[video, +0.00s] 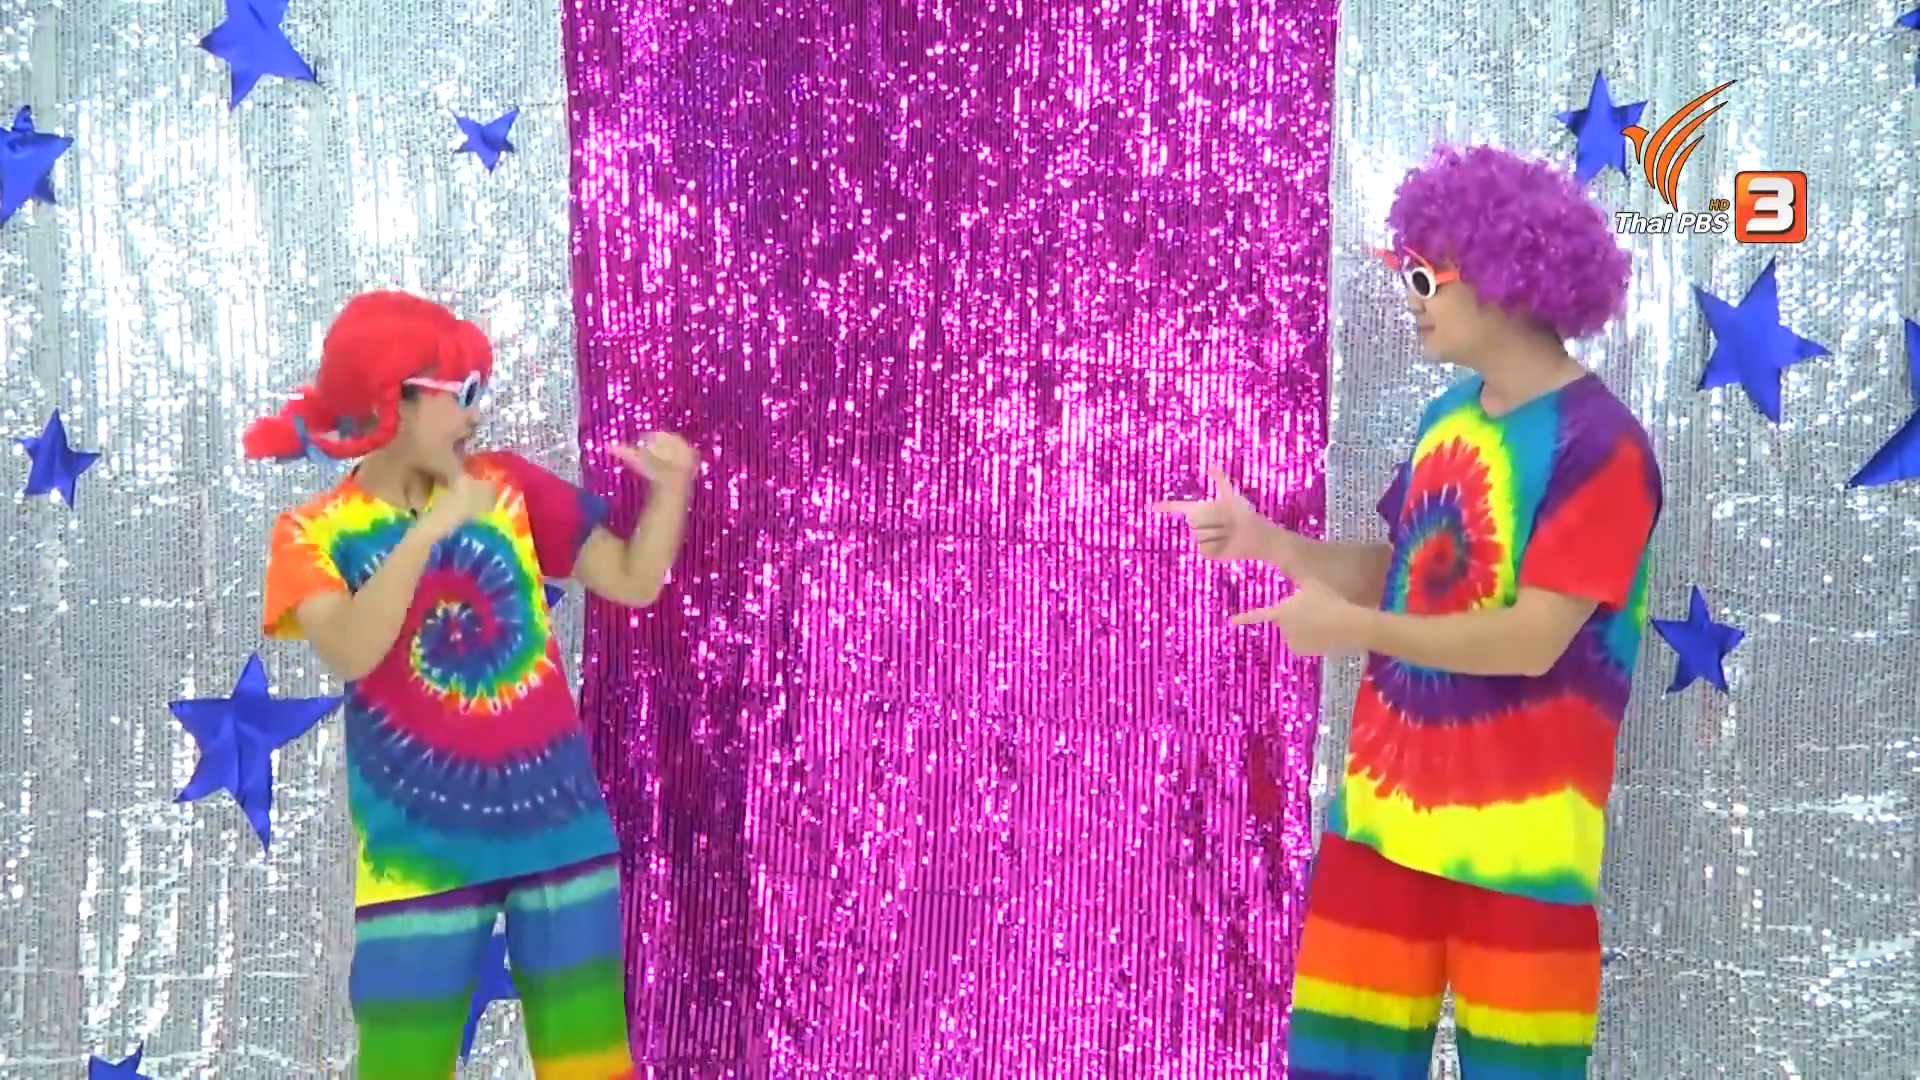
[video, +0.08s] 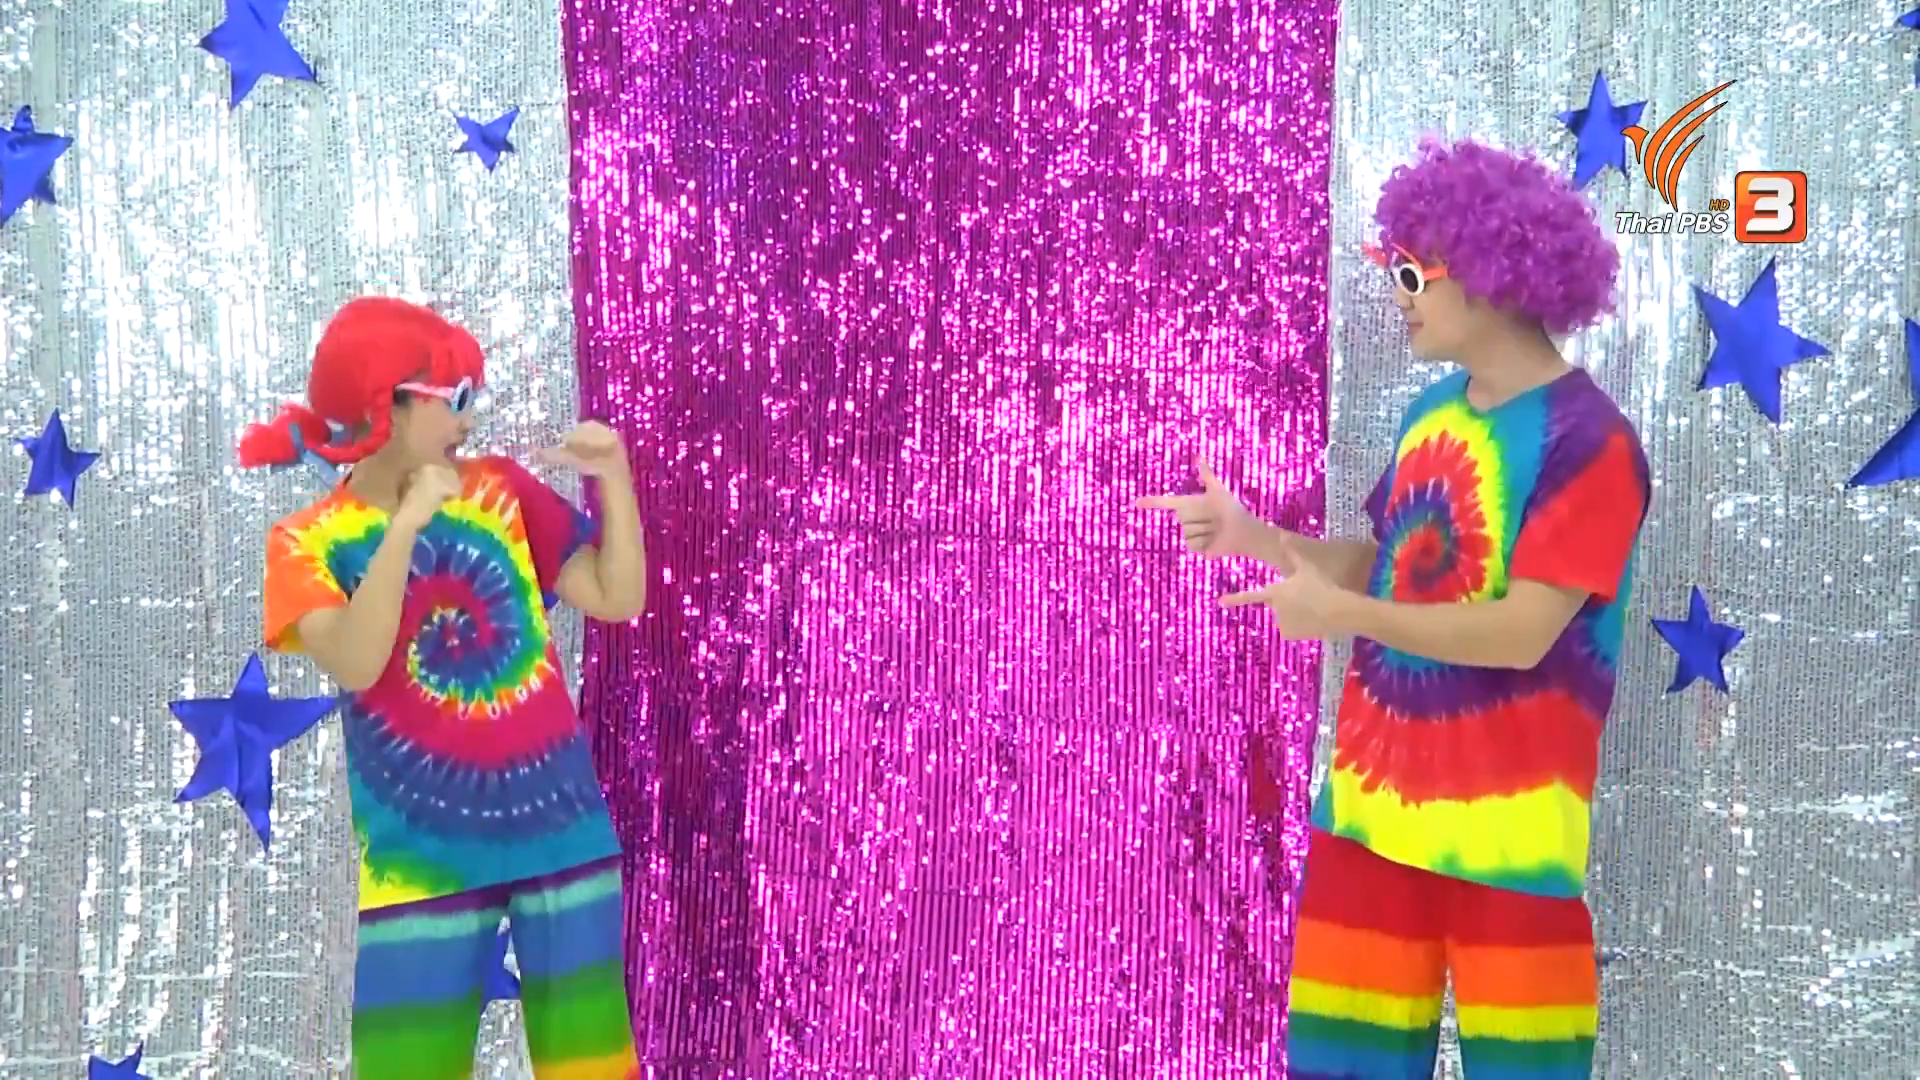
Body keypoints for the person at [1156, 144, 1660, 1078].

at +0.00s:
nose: (1409, 302)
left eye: (1427, 278)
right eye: (1410, 279)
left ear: (1507, 283)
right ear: (1493, 286)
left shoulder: (1605, 446)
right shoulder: (1447, 422)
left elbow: (1532, 640)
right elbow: (1391, 577)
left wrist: (1359, 628)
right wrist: (1266, 538)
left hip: (1520, 853)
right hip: (1382, 830)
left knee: (1518, 1066)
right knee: (1337, 1058)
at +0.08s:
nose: (1398, 299)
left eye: (1416, 275)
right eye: (1400, 277)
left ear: (1495, 279)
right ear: (1481, 283)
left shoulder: (1594, 442)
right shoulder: (1430, 419)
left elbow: (1521, 633)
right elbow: (1373, 570)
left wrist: (1350, 612)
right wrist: (1252, 534)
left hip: (1510, 847)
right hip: (1370, 828)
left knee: (1519, 1066)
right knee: (1342, 1061)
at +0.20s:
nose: (1375, 301)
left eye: (1393, 277)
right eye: (1373, 279)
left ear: (1476, 278)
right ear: (1453, 283)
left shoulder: (1568, 445)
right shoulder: (1401, 419)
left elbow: (1495, 634)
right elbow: (1339, 564)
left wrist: (1320, 600)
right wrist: (1231, 537)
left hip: (1486, 846)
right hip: (1344, 828)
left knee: (1504, 1065)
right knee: (1327, 1061)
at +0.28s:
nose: (1359, 305)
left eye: (1378, 280)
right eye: (1357, 283)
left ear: (1457, 283)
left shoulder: (1547, 450)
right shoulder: (1375, 423)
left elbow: (1475, 637)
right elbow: (1323, 568)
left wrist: (1304, 601)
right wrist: (1209, 537)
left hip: (1470, 847)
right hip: (1325, 832)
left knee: (1491, 1064)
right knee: (1303, 1061)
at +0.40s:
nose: (1338, 301)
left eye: (1363, 276)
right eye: (1329, 279)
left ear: (1444, 284)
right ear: (1324, 288)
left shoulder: (1511, 448)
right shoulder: (1336, 422)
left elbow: (1448, 636)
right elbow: (1288, 572)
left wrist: (1278, 601)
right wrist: (1173, 542)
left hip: (1448, 838)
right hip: (1301, 827)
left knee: (1467, 1063)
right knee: (1288, 1062)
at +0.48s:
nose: (1336, 288)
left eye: (1367, 267)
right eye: (1321, 266)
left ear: (1430, 282)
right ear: (1305, 278)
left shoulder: (1489, 433)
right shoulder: (1301, 415)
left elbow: (1440, 626)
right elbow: (1256, 567)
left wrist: (1266, 599)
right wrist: (1155, 546)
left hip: (1440, 822)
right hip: (1293, 815)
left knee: (1460, 1059)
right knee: (1285, 1060)